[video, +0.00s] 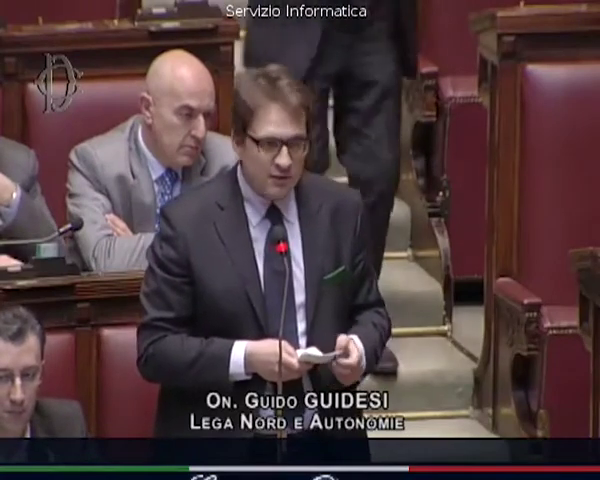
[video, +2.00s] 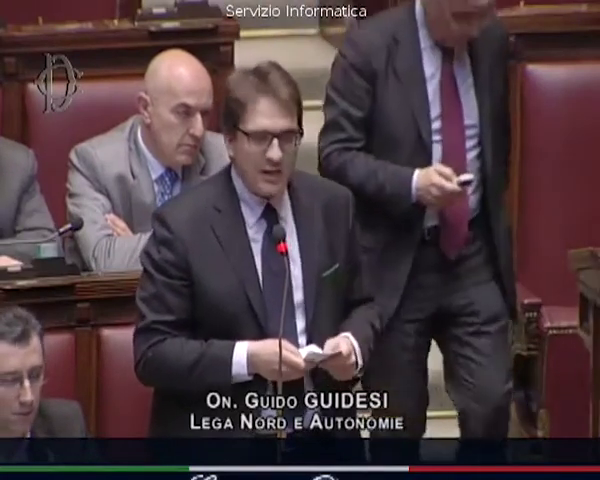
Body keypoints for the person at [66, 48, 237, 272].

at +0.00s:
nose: (200, 132)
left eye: (207, 115)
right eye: (186, 114)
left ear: (213, 110)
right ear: (147, 108)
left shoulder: (226, 157)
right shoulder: (92, 161)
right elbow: (105, 259)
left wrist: (138, 250)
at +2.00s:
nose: (198, 130)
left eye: (205, 114)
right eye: (183, 113)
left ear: (210, 109)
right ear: (145, 108)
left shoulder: (219, 153)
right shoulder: (92, 161)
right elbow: (105, 260)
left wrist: (137, 248)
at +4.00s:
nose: (184, 125)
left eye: (194, 109)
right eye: (169, 106)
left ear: (203, 108)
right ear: (140, 104)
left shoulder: (227, 155)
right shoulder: (91, 161)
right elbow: (105, 259)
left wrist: (138, 250)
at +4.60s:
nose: (186, 125)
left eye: (196, 109)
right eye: (172, 107)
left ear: (204, 109)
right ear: (140, 104)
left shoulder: (220, 154)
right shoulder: (91, 160)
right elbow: (104, 259)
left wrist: (137, 246)